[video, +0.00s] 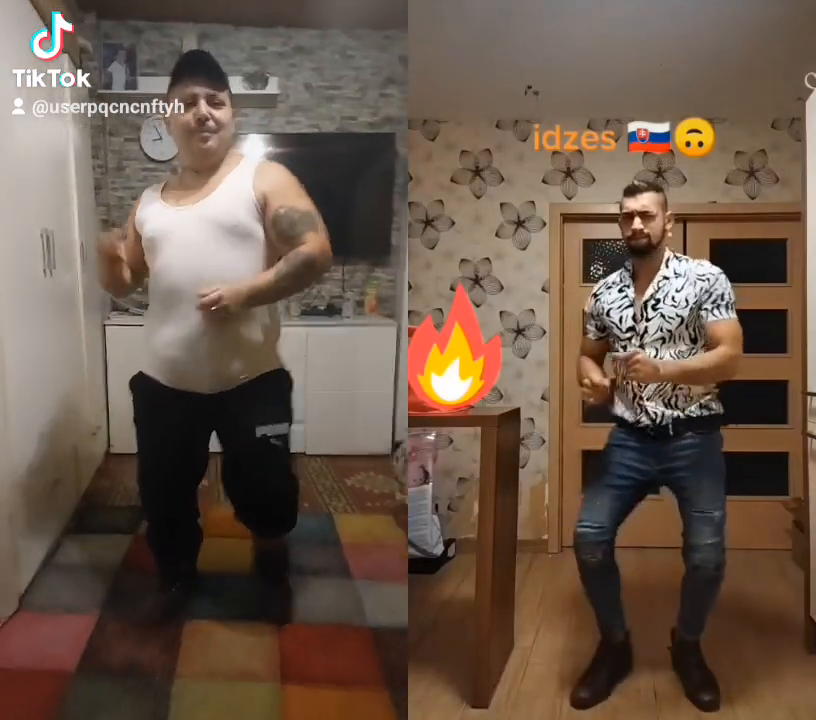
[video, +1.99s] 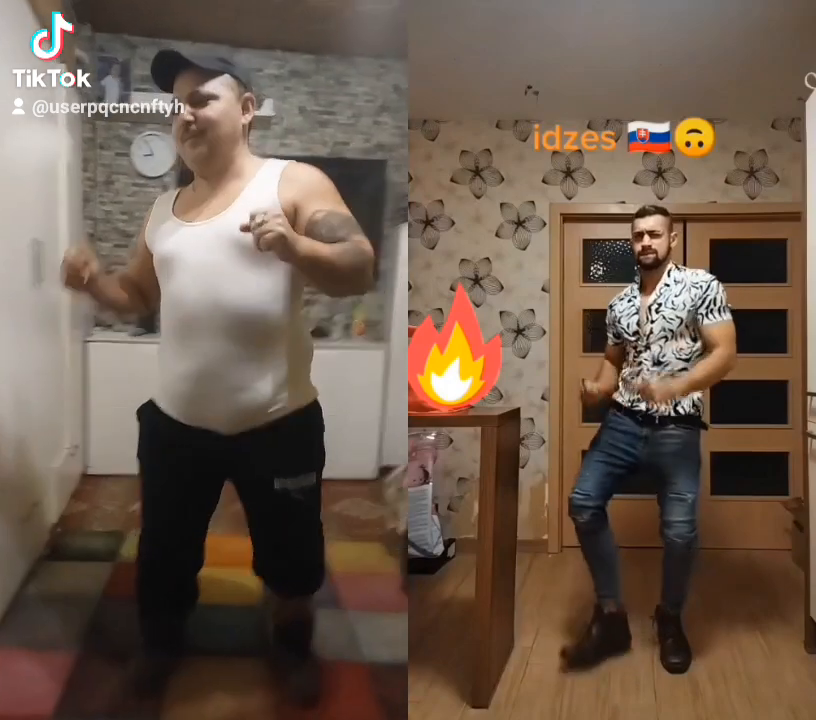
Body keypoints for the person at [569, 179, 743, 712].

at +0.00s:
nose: (634, 225)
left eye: (645, 216)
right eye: (626, 217)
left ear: (668, 221)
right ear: (618, 225)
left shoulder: (704, 278)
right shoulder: (607, 292)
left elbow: (730, 355)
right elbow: (588, 357)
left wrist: (664, 369)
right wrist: (594, 376)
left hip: (695, 439)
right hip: (630, 440)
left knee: (707, 560)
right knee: (589, 540)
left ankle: (687, 647)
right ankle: (614, 647)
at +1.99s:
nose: (645, 243)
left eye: (653, 235)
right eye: (638, 236)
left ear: (672, 240)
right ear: (632, 244)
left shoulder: (701, 286)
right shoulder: (621, 304)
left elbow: (725, 353)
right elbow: (612, 361)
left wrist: (676, 385)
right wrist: (599, 387)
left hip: (676, 427)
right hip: (622, 422)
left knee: (679, 533)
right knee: (583, 505)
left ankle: (671, 621)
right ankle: (611, 622)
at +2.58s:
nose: (614, 250)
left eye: (623, 242)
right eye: (608, 244)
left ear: (641, 247)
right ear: (601, 251)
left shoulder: (670, 288)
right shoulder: (593, 310)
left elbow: (701, 346)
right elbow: (582, 365)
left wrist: (652, 368)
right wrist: (577, 378)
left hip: (651, 422)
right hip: (599, 421)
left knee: (655, 521)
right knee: (581, 515)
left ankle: (665, 618)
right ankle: (612, 593)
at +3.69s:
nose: (640, 257)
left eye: (646, 249)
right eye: (632, 250)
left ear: (656, 252)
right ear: (621, 254)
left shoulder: (682, 289)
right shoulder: (606, 304)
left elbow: (705, 347)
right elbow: (581, 358)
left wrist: (676, 335)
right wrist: (593, 382)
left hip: (666, 416)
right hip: (617, 415)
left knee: (688, 502)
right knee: (606, 501)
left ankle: (680, 578)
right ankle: (614, 592)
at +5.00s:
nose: (639, 286)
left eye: (645, 279)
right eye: (632, 278)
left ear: (650, 280)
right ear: (615, 276)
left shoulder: (663, 312)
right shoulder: (588, 315)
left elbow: (689, 355)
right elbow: (570, 362)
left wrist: (690, 369)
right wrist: (577, 376)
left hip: (664, 416)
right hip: (615, 418)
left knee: (680, 490)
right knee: (581, 489)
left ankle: (663, 578)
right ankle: (604, 567)